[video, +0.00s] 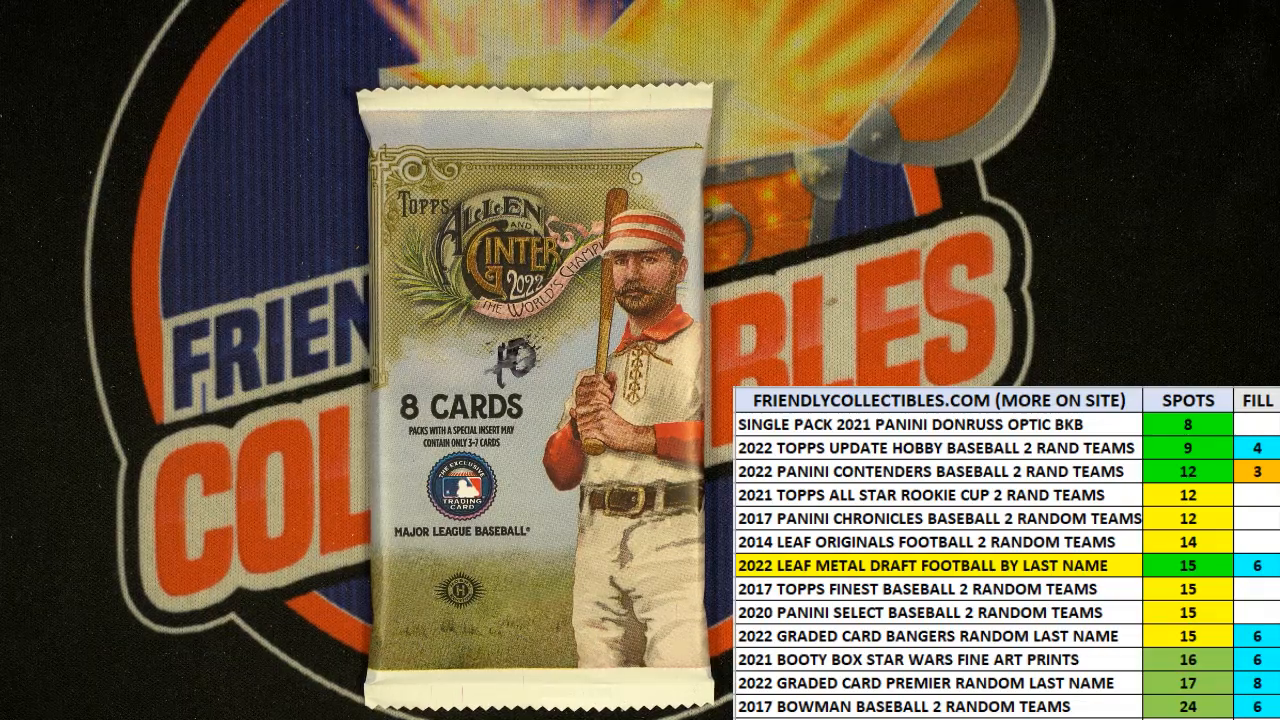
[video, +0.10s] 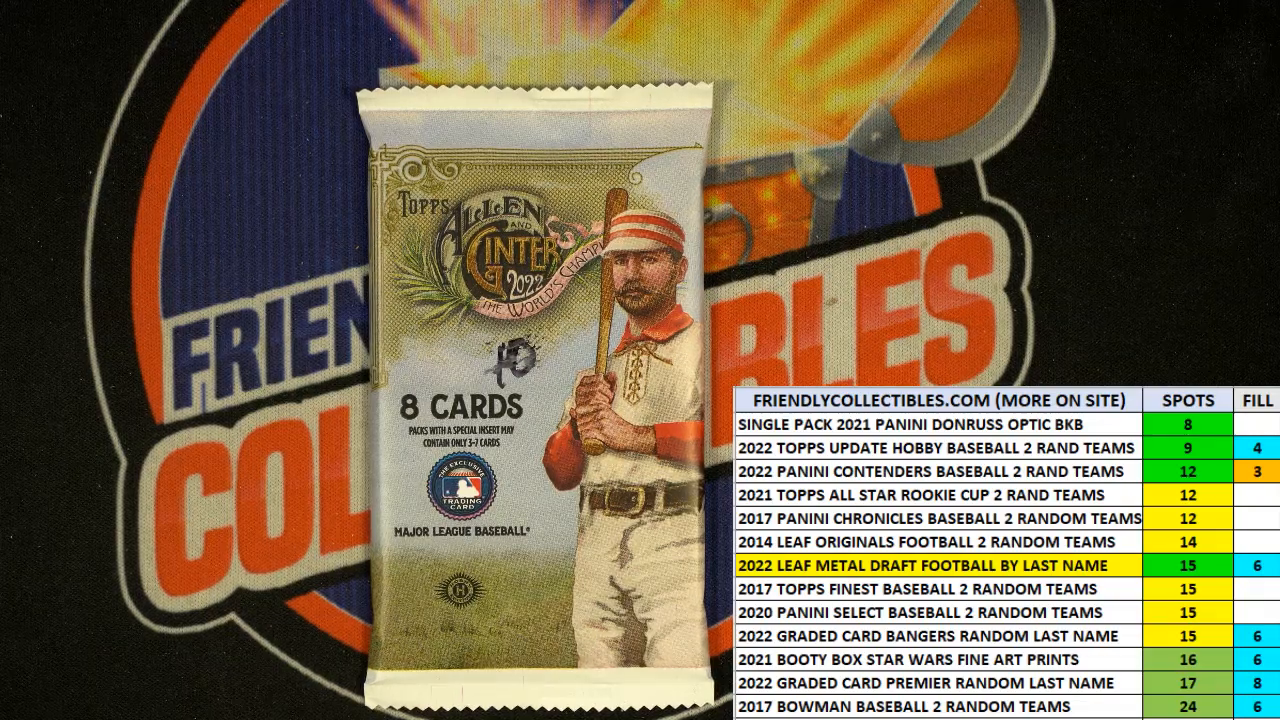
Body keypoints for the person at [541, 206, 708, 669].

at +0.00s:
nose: (630, 273)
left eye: (647, 259)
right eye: (620, 260)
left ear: (678, 269)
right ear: (609, 272)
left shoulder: (704, 346)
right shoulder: (604, 366)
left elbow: (724, 439)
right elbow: (561, 475)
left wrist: (635, 436)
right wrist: (576, 421)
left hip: (674, 530)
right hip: (597, 531)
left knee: (679, 686)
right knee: (600, 691)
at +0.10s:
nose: (630, 273)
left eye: (647, 258)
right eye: (619, 260)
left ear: (678, 270)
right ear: (608, 272)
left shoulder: (705, 345)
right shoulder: (605, 364)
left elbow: (726, 438)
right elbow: (561, 475)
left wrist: (636, 436)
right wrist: (577, 421)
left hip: (674, 529)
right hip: (598, 530)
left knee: (679, 685)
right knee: (601, 690)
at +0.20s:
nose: (630, 273)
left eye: (647, 258)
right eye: (619, 260)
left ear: (678, 270)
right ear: (608, 272)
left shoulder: (705, 345)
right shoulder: (605, 365)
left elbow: (726, 438)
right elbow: (561, 475)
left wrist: (637, 437)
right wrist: (577, 421)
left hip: (674, 529)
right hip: (597, 531)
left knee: (679, 686)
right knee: (601, 691)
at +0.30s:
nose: (630, 273)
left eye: (647, 258)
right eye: (619, 260)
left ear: (678, 270)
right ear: (608, 272)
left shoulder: (705, 345)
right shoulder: (605, 364)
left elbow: (726, 438)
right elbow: (561, 475)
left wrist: (637, 437)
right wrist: (577, 421)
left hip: (674, 529)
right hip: (597, 531)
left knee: (679, 686)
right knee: (601, 691)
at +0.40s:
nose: (630, 273)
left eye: (647, 258)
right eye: (619, 260)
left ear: (678, 270)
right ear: (608, 272)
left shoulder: (704, 345)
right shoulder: (605, 364)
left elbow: (725, 438)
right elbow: (561, 475)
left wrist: (635, 436)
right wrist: (577, 421)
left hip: (673, 528)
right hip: (597, 529)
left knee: (680, 681)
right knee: (600, 688)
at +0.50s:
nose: (631, 273)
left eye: (647, 259)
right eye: (620, 260)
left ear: (678, 269)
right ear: (609, 273)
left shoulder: (706, 345)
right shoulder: (604, 364)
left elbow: (726, 436)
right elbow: (561, 475)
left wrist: (635, 436)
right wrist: (576, 421)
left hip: (672, 527)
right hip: (598, 530)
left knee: (678, 683)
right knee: (601, 688)